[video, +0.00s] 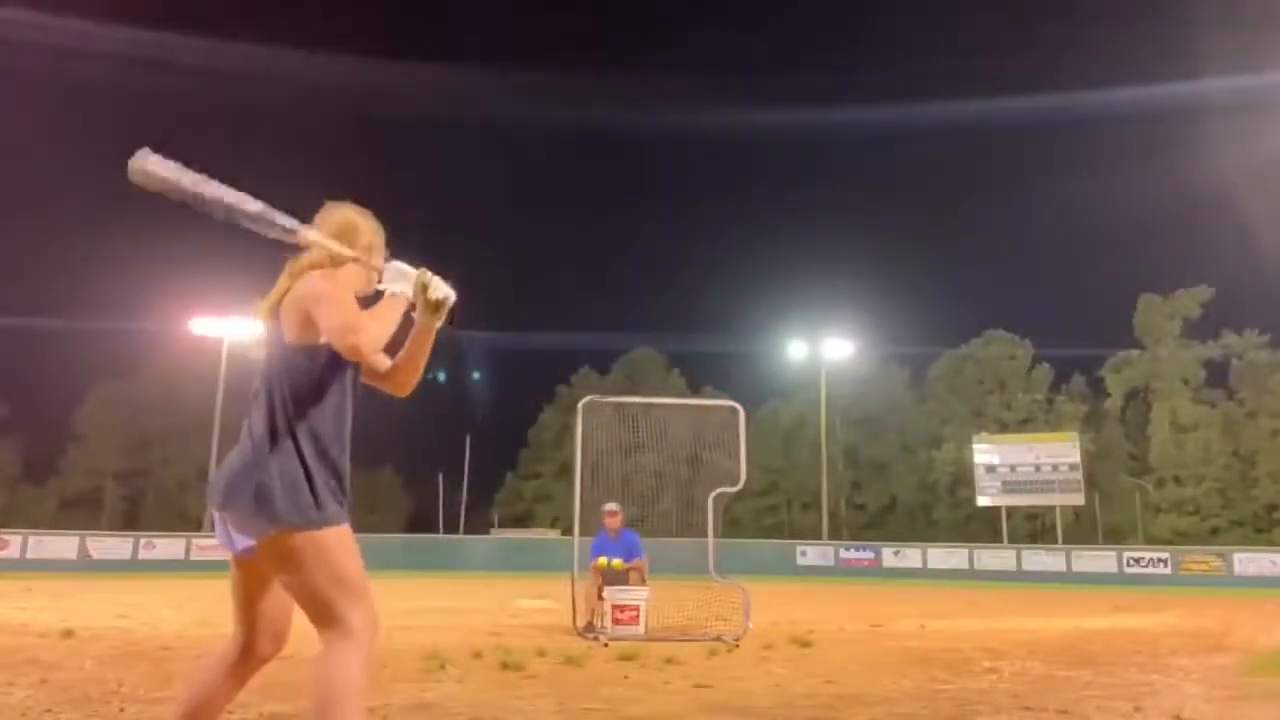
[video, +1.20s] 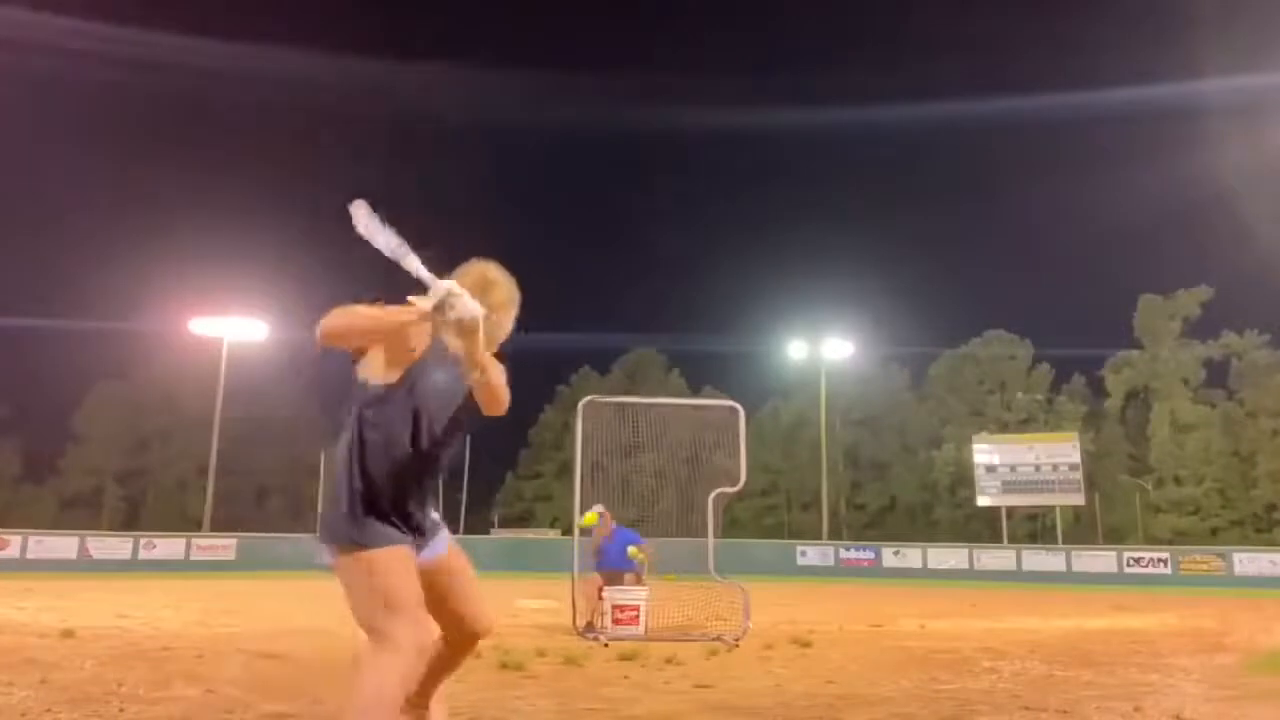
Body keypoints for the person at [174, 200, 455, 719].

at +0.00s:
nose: (379, 269)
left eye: (380, 260)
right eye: (377, 258)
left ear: (321, 246)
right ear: (358, 250)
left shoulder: (303, 295)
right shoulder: (327, 279)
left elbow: (400, 381)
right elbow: (356, 339)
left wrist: (430, 320)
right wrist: (398, 296)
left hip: (250, 485)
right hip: (287, 488)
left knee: (258, 640)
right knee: (352, 627)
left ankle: (185, 713)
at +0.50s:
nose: (430, 275)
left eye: (432, 266)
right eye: (430, 262)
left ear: (381, 247)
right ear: (414, 253)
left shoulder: (374, 309)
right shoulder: (360, 281)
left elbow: (427, 395)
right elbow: (382, 342)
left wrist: (478, 351)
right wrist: (452, 314)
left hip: (281, 480)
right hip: (307, 481)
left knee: (285, 637)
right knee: (374, 632)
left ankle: (199, 713)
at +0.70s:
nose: (454, 278)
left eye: (458, 270)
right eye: (455, 266)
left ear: (412, 256)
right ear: (438, 258)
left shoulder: (407, 321)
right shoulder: (376, 278)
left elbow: (431, 402)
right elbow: (377, 334)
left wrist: (477, 371)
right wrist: (463, 325)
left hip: (318, 482)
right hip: (309, 480)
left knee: (368, 634)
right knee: (390, 635)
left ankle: (272, 712)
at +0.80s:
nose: (472, 284)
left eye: (473, 273)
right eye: (471, 272)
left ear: (429, 263)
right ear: (457, 267)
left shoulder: (431, 330)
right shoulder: (387, 284)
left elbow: (441, 409)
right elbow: (361, 342)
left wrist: (474, 378)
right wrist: (456, 332)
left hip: (355, 487)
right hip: (311, 489)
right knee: (396, 634)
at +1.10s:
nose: (497, 320)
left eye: (498, 313)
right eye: (496, 310)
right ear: (480, 301)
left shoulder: (468, 353)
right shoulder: (401, 317)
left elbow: (486, 411)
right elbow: (332, 340)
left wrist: (473, 353)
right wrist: (424, 313)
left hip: (402, 507)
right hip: (346, 508)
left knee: (479, 611)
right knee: (408, 634)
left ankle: (419, 707)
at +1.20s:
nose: (506, 331)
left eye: (506, 323)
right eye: (503, 320)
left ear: (486, 325)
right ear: (481, 312)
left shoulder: (482, 365)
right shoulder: (403, 331)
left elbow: (497, 404)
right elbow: (329, 329)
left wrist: (471, 345)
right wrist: (416, 312)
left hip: (418, 517)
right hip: (362, 515)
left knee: (470, 624)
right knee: (404, 641)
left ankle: (415, 701)